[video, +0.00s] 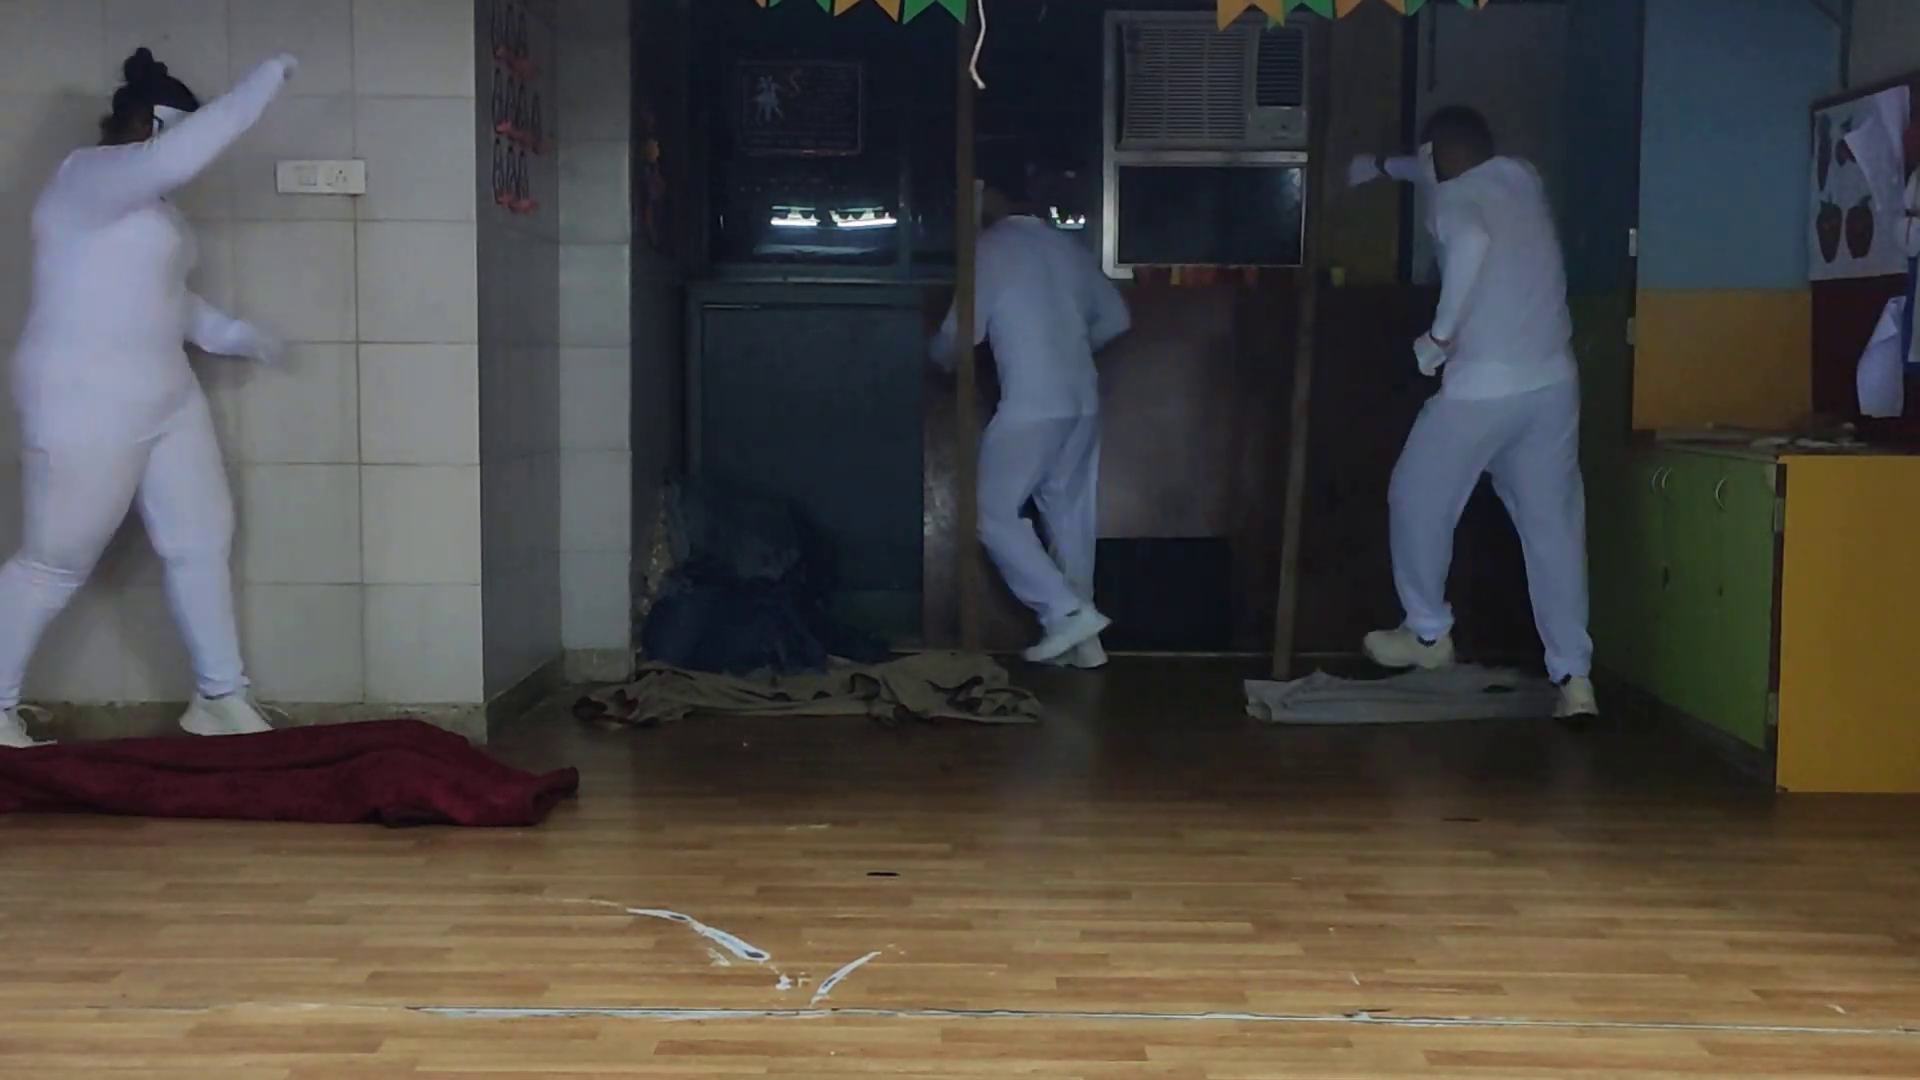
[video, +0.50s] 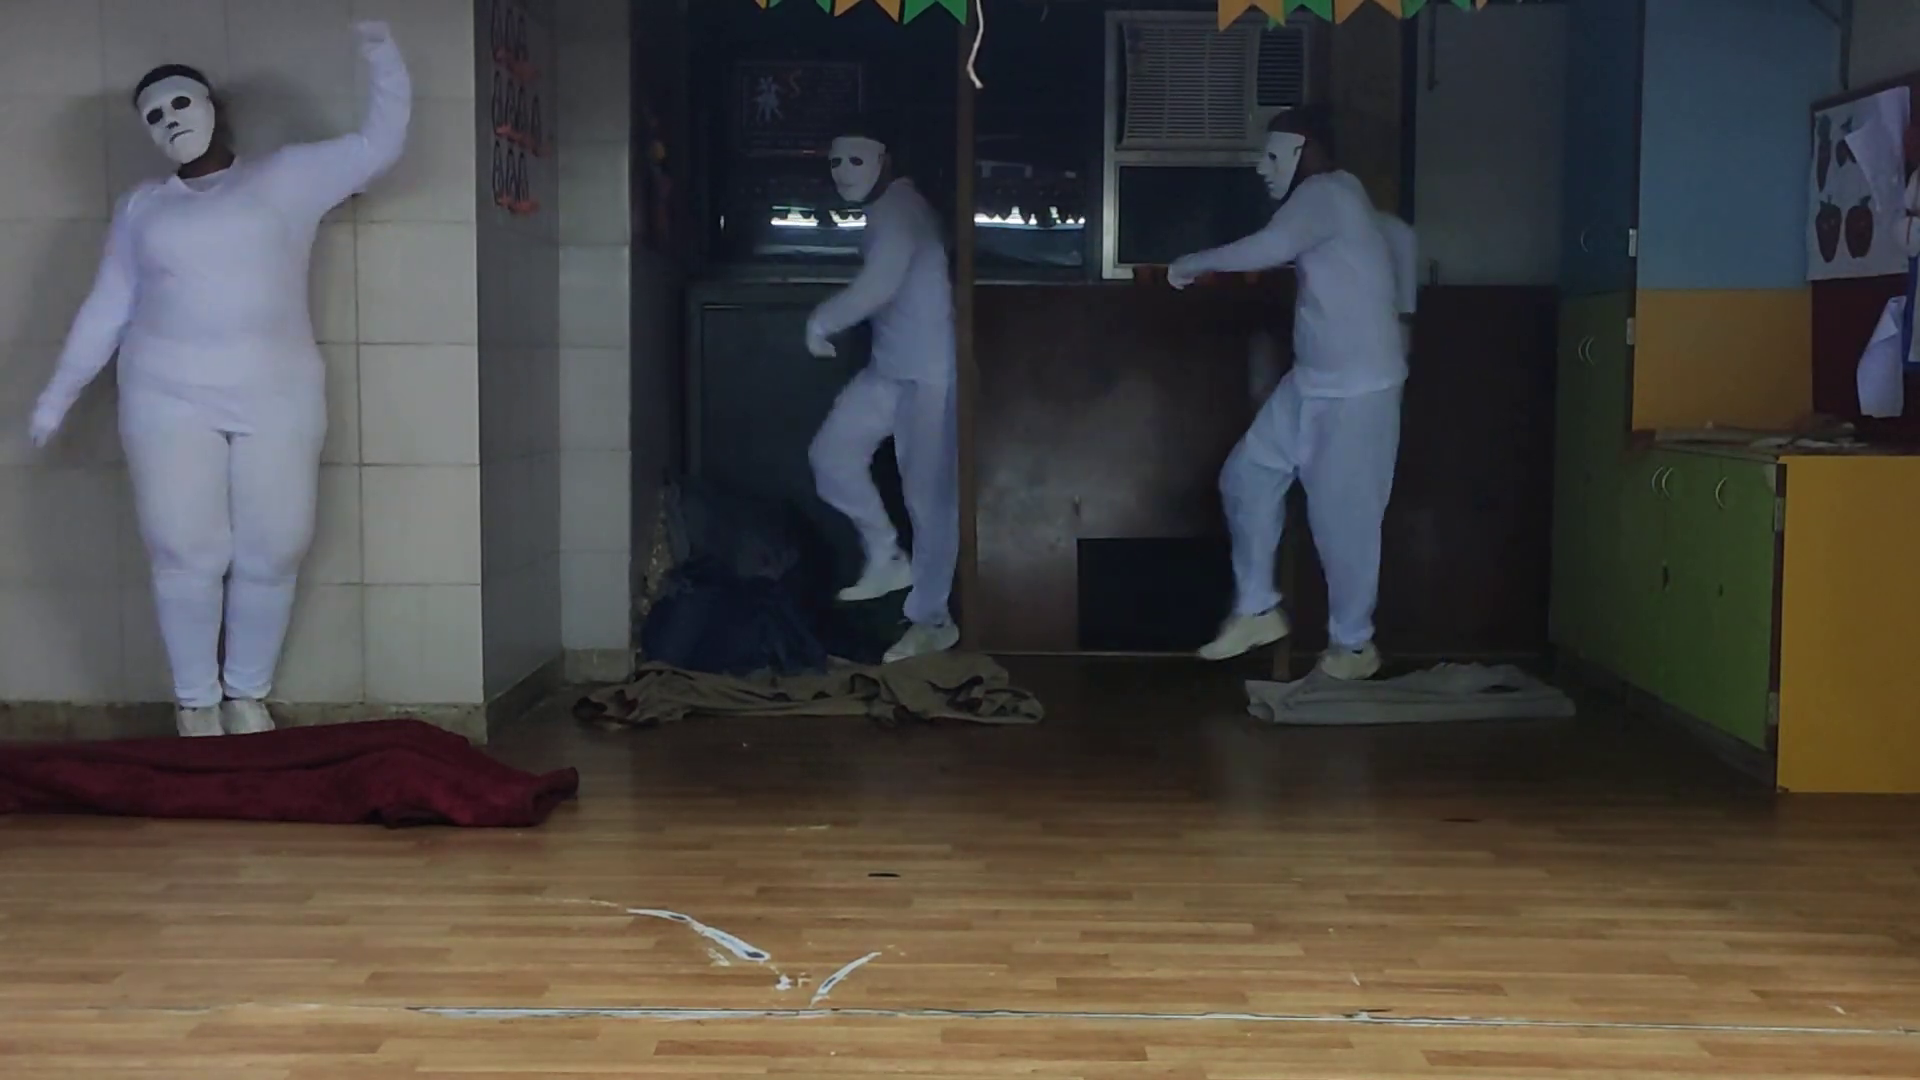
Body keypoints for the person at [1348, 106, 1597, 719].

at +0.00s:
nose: (1429, 163)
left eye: (1430, 154)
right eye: (1429, 156)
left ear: (1445, 151)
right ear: (1484, 146)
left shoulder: (1454, 192)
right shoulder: (1521, 177)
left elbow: (1470, 241)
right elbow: (1441, 163)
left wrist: (1439, 333)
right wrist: (1378, 166)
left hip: (1486, 384)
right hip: (1551, 382)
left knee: (1419, 494)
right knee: (1552, 525)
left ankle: (1426, 631)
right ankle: (1575, 676)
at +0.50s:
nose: (1264, 168)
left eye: (1273, 157)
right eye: (1264, 157)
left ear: (1304, 151)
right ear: (1311, 153)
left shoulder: (1324, 194)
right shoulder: (1344, 200)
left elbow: (1272, 247)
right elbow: (1401, 233)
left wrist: (1188, 265)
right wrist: (1405, 307)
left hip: (1358, 386)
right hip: (1312, 381)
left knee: (1345, 512)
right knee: (1247, 480)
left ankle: (1353, 646)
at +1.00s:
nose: (1283, 168)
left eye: (1295, 157)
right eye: (1271, 157)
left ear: (1314, 164)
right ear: (1254, 165)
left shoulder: (1344, 221)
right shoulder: (1228, 213)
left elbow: (1408, 245)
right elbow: (1175, 231)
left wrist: (1389, 304)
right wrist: (1191, 261)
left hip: (1321, 408)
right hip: (1243, 406)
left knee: (1348, 527)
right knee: (1207, 519)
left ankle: (1371, 644)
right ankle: (1229, 639)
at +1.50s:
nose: (1214, 214)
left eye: (1226, 203)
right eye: (1202, 203)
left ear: (1244, 206)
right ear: (1186, 210)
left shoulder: (1263, 237)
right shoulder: (1176, 263)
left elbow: (1238, 289)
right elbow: (1194, 327)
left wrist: (1153, 307)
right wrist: (1188, 362)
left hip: (1286, 426)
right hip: (1215, 424)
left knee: (1303, 548)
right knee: (1171, 542)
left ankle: (1333, 645)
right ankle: (1142, 656)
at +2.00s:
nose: (1321, 249)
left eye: (1332, 237)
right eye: (1308, 239)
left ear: (1349, 241)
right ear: (1290, 245)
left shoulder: (1372, 292)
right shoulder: (1269, 284)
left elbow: (1397, 318)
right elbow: (1215, 334)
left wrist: (1402, 379)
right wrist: (1270, 339)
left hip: (1339, 456)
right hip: (1257, 455)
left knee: (1387, 557)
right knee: (1206, 553)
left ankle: (1422, 658)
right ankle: (1156, 658)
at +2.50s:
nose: (1221, 294)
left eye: (1233, 282)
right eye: (1208, 283)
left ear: (1252, 285)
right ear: (1194, 289)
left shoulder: (1272, 318)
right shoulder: (1192, 344)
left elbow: (1310, 358)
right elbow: (1199, 400)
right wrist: (1185, 446)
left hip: (1317, 486)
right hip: (1235, 483)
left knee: (1395, 570)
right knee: (1163, 535)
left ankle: (1421, 661)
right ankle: (1145, 665)